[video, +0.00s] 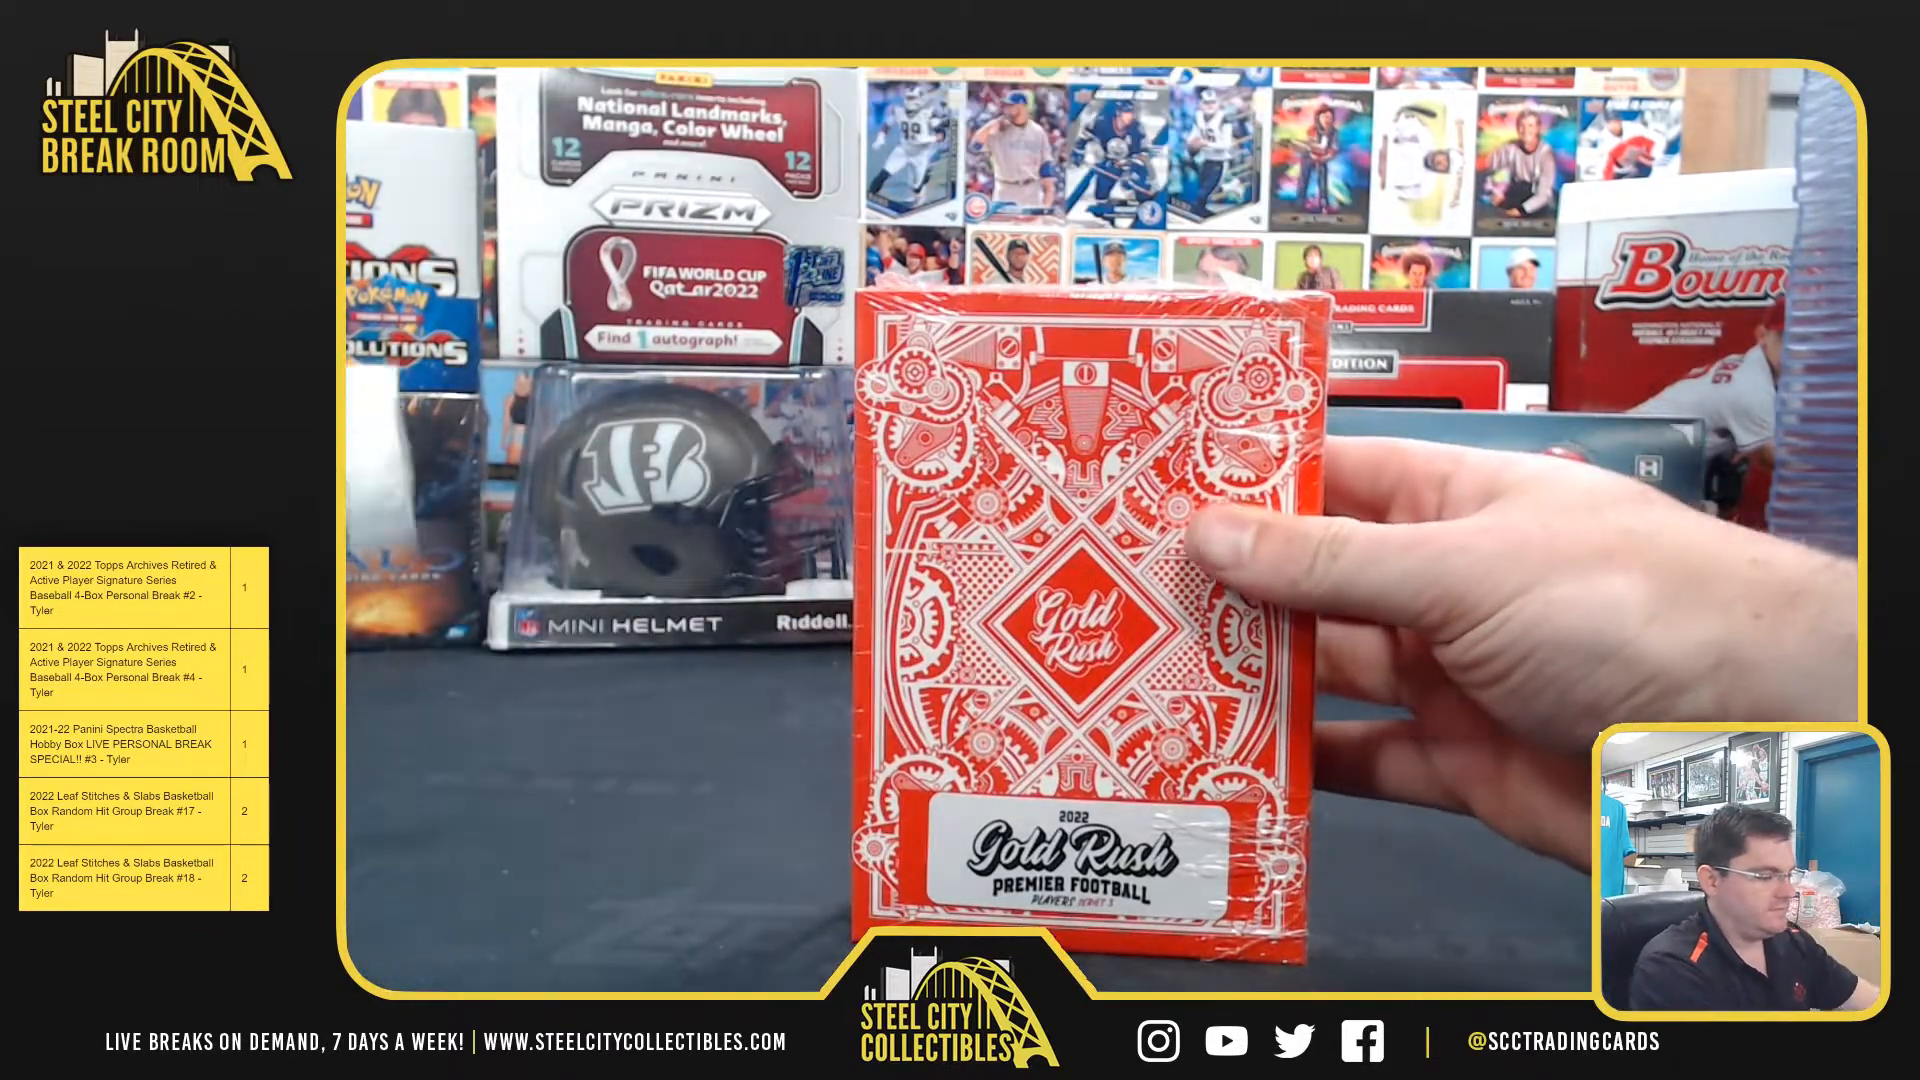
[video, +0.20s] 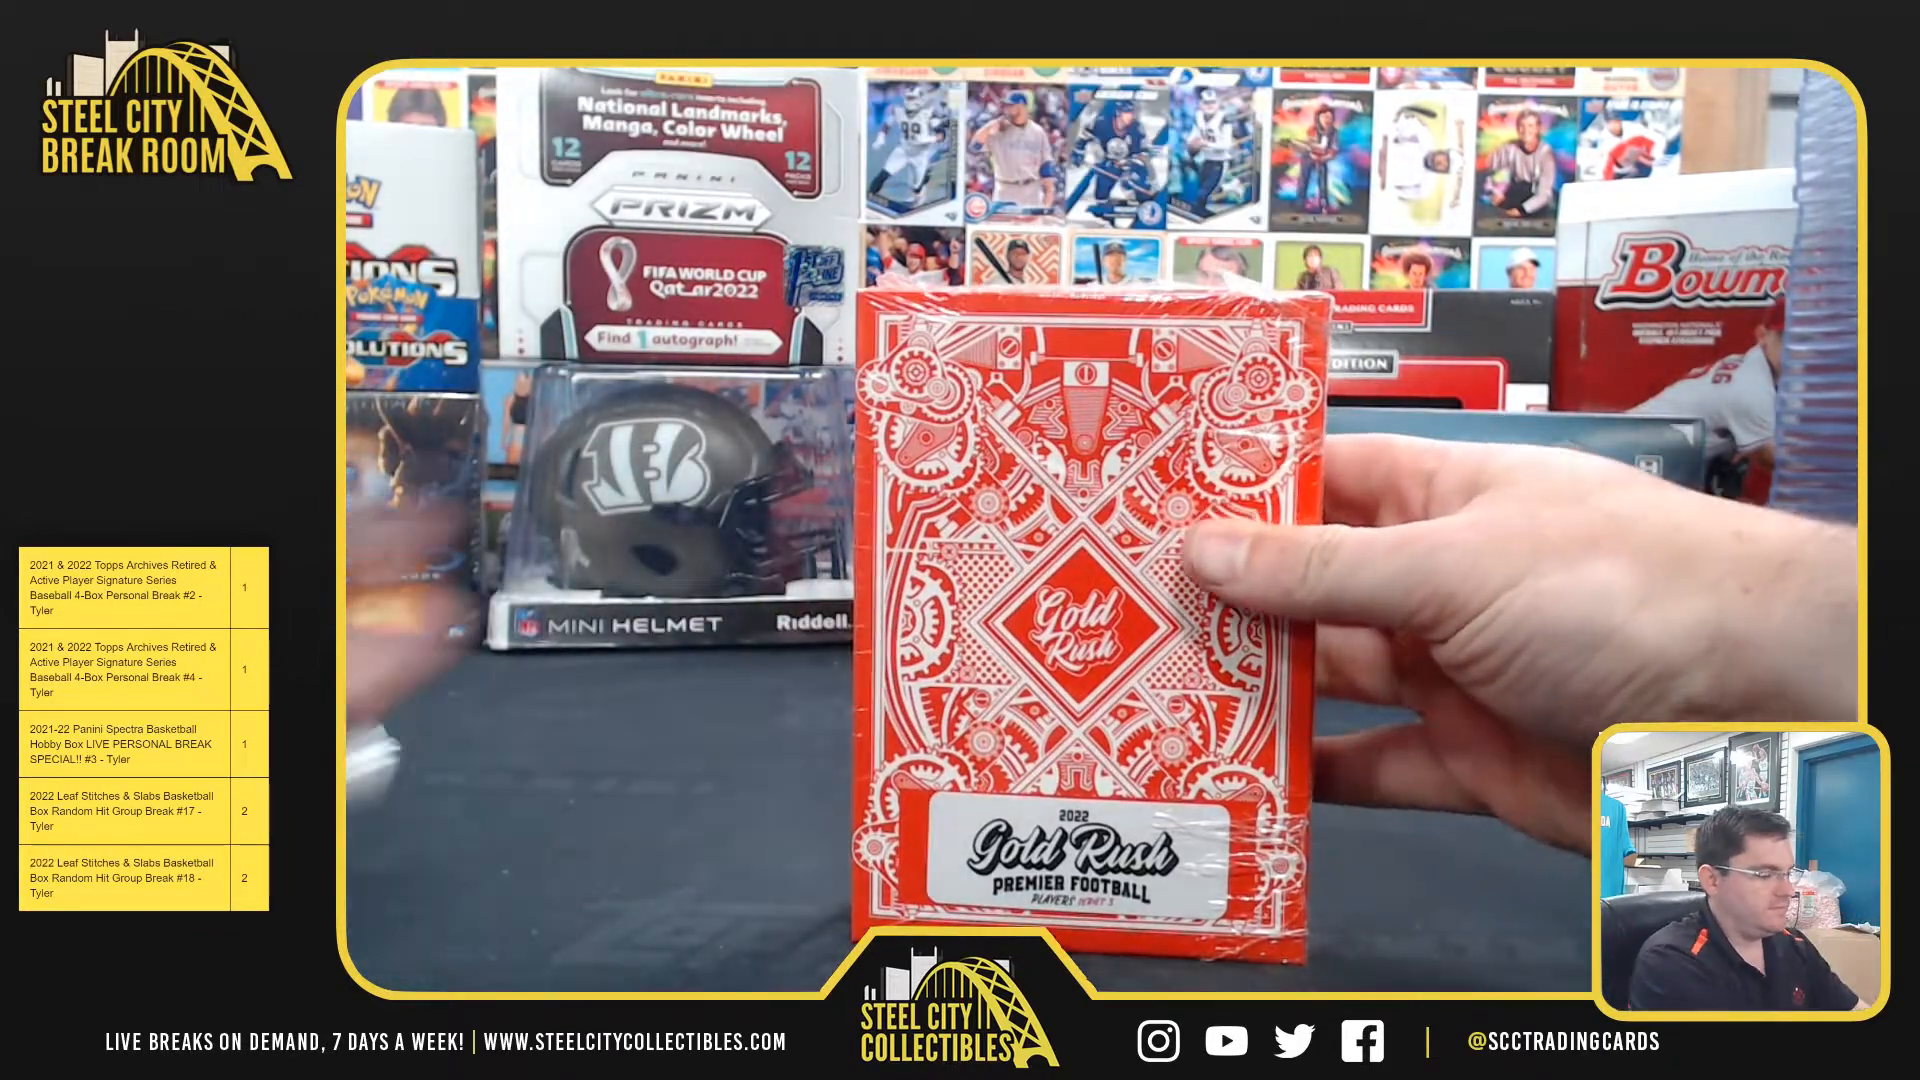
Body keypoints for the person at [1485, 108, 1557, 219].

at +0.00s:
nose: (1526, 130)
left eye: (1531, 126)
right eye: (1522, 126)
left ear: (1538, 128)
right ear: (1518, 129)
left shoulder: (1545, 153)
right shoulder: (1508, 150)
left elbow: (1545, 192)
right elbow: (1489, 176)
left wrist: (1523, 209)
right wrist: (1495, 194)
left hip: (1535, 188)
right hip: (1513, 188)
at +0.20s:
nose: (1526, 130)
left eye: (1531, 126)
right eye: (1522, 126)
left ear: (1538, 128)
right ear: (1518, 129)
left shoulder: (1545, 154)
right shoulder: (1508, 150)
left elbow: (1545, 192)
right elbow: (1488, 176)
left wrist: (1523, 209)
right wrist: (1495, 194)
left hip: (1535, 188)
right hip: (1513, 188)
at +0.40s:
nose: (1526, 130)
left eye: (1531, 126)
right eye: (1522, 126)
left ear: (1538, 128)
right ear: (1518, 130)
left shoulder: (1545, 154)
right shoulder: (1507, 150)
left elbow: (1545, 192)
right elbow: (1488, 176)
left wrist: (1523, 209)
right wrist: (1495, 194)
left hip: (1535, 188)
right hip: (1513, 188)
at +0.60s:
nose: (1526, 131)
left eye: (1531, 126)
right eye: (1522, 126)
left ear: (1538, 129)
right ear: (1518, 130)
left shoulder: (1545, 154)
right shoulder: (1507, 150)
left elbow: (1545, 192)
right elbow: (1489, 176)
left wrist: (1523, 209)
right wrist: (1495, 194)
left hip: (1535, 188)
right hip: (1513, 188)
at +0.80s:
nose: (1526, 131)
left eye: (1531, 126)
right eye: (1522, 126)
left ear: (1539, 129)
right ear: (1518, 130)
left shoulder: (1545, 153)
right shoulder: (1509, 150)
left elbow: (1545, 192)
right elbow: (1486, 173)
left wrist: (1523, 209)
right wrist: (1493, 194)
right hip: (1514, 188)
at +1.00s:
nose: (1526, 131)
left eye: (1530, 127)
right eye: (1522, 127)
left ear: (1538, 129)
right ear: (1517, 130)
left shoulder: (1546, 156)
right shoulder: (1509, 150)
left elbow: (1545, 193)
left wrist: (1523, 210)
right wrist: (1495, 192)